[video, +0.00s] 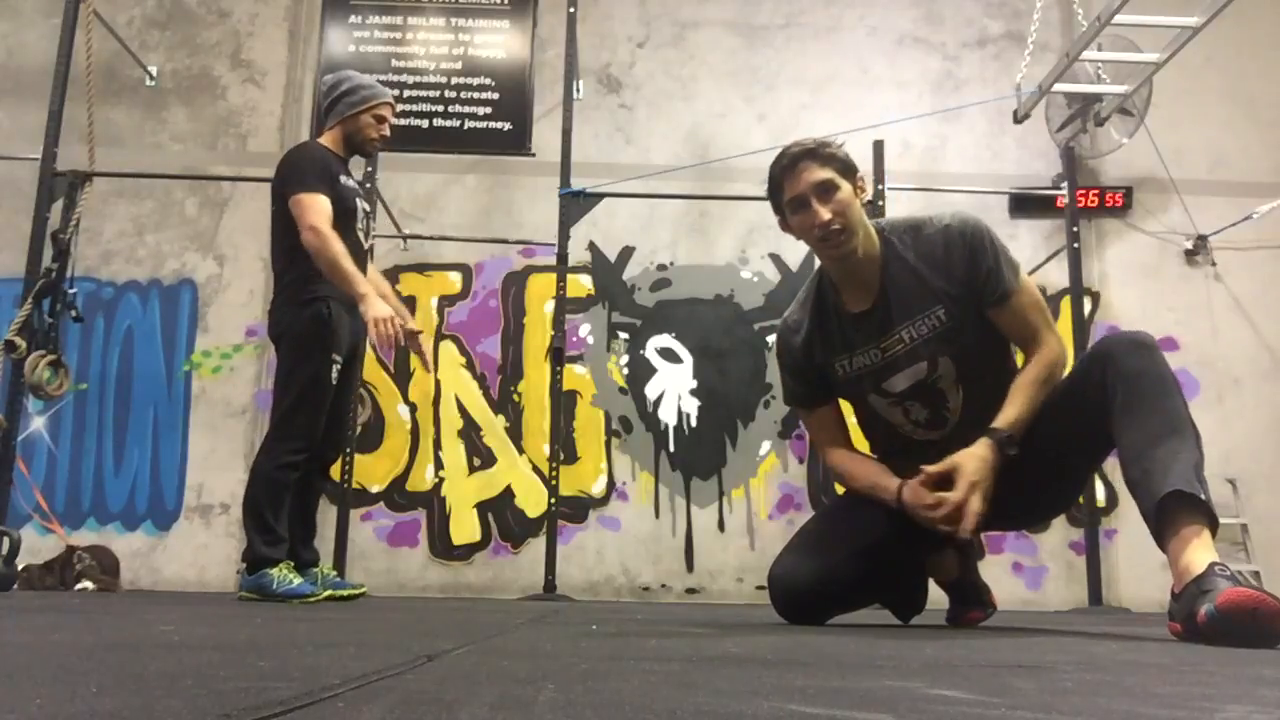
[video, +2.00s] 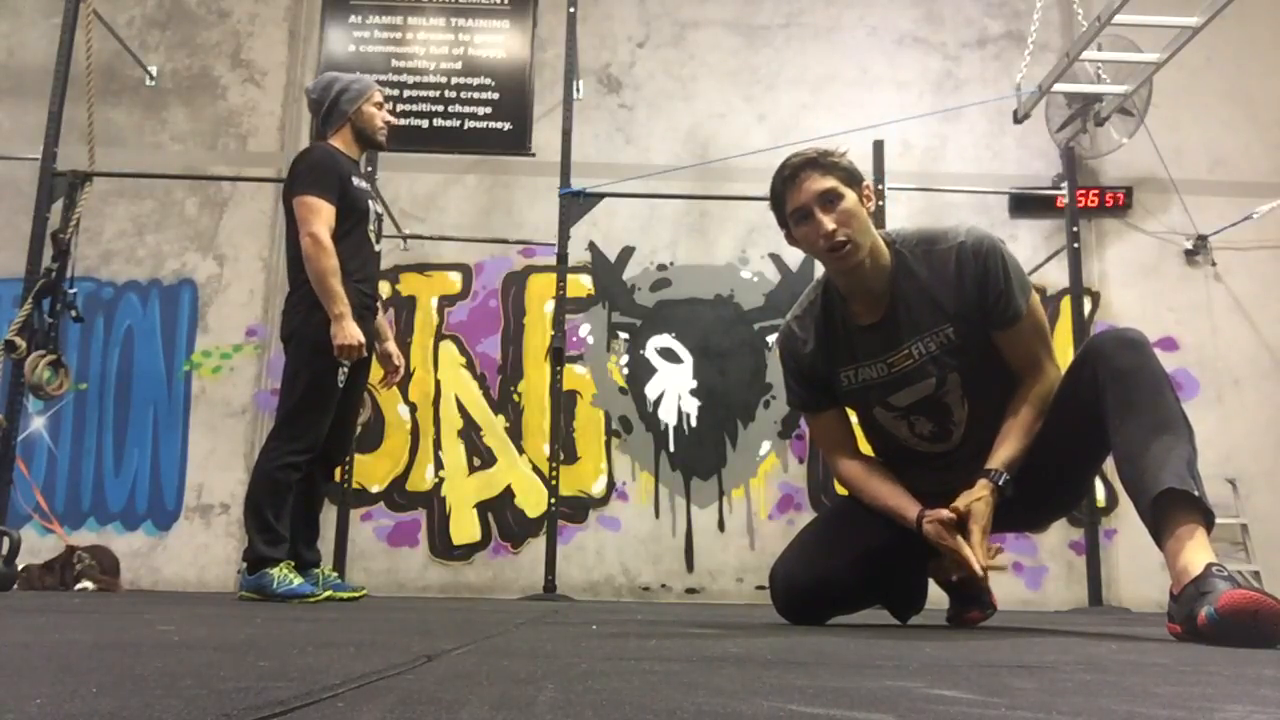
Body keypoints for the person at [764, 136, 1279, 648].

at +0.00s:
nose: (820, 213)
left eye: (826, 191)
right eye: (799, 209)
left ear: (859, 188)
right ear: (791, 230)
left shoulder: (958, 244)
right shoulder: (801, 337)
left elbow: (1048, 349)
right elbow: (835, 448)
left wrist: (992, 448)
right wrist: (900, 492)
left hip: (1014, 466)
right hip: (909, 495)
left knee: (1126, 353)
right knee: (796, 590)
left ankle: (1196, 575)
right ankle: (944, 561)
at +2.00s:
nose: (824, 225)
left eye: (831, 201)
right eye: (802, 221)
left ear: (867, 197)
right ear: (796, 243)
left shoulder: (970, 260)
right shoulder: (805, 337)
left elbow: (1040, 378)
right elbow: (841, 455)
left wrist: (988, 483)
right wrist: (918, 518)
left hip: (1018, 473)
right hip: (912, 497)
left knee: (1119, 348)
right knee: (796, 590)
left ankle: (1195, 578)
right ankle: (940, 559)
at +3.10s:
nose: (819, 225)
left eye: (824, 202)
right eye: (797, 223)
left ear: (858, 196)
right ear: (789, 248)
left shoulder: (966, 260)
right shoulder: (801, 342)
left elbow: (1038, 378)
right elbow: (840, 458)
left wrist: (991, 486)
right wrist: (915, 517)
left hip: (1016, 471)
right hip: (911, 497)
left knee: (1118, 349)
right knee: (795, 591)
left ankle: (1195, 578)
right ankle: (935, 558)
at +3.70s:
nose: (816, 222)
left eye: (821, 199)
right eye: (794, 221)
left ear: (857, 195)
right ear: (788, 248)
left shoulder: (966, 260)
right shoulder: (800, 342)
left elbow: (1037, 378)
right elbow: (839, 458)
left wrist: (992, 486)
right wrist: (917, 518)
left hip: (1015, 470)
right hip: (910, 497)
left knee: (1117, 349)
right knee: (795, 591)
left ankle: (1195, 578)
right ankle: (935, 560)